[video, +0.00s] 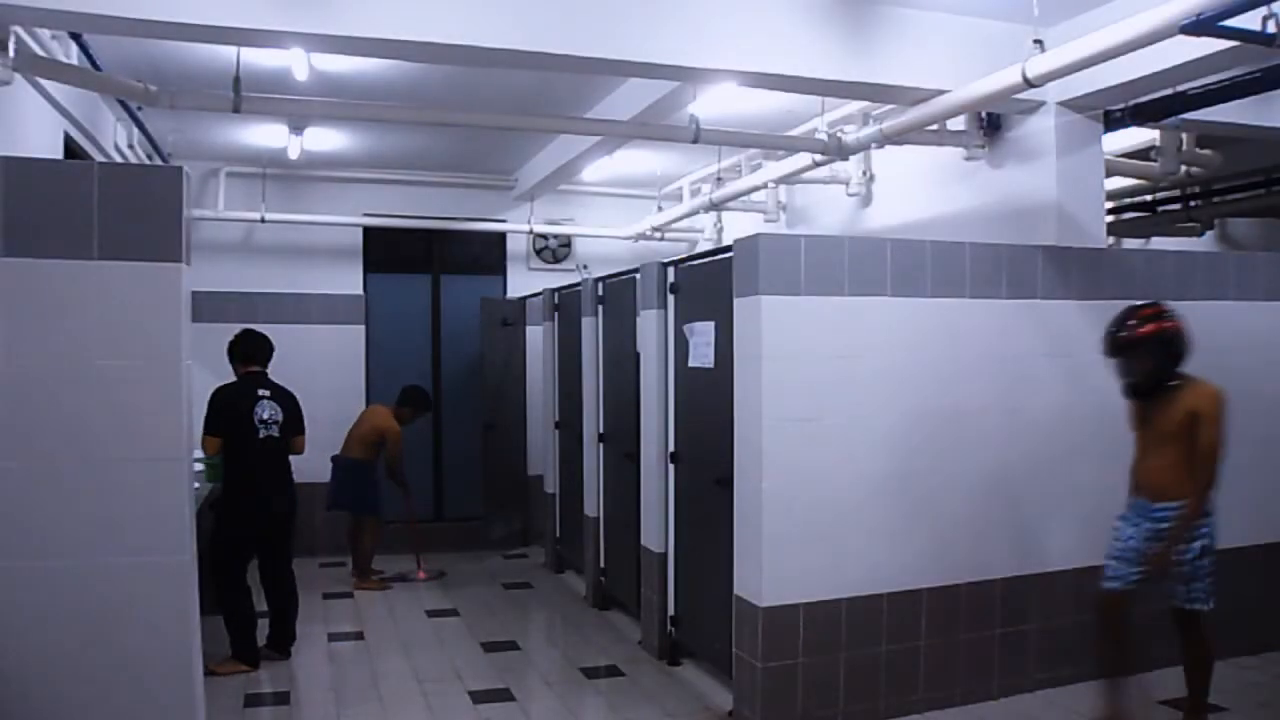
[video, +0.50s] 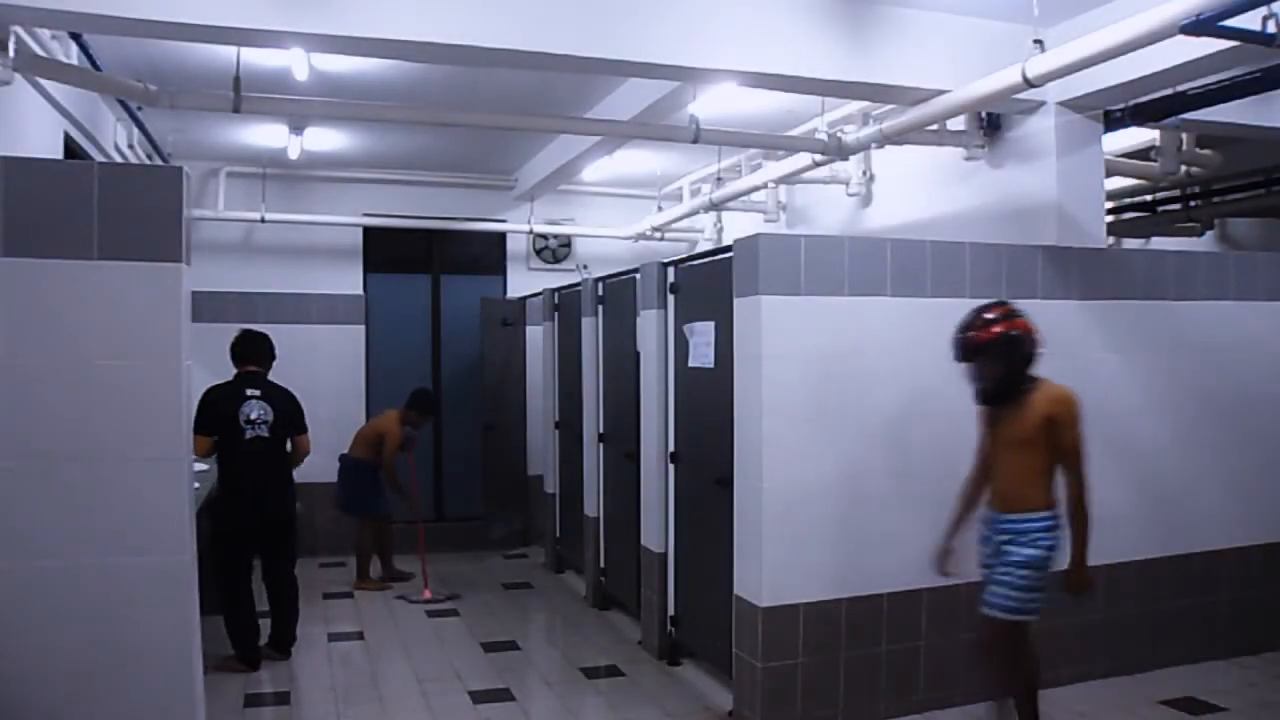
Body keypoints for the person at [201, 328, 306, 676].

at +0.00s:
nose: (235, 365)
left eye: (234, 359)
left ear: (234, 361)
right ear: (268, 360)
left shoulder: (224, 396)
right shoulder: (286, 397)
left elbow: (211, 446)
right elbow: (298, 446)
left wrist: (236, 436)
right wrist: (265, 442)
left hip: (238, 498)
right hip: (279, 497)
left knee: (229, 572)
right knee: (277, 567)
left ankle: (244, 654)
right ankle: (281, 644)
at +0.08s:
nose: (235, 364)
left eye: (234, 359)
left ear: (234, 361)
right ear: (268, 360)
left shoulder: (224, 396)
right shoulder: (286, 396)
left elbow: (210, 447)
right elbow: (299, 445)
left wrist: (235, 433)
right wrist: (266, 442)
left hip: (238, 498)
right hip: (279, 497)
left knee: (229, 572)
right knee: (278, 568)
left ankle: (245, 655)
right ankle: (281, 644)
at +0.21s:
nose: (235, 365)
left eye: (234, 359)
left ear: (234, 361)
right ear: (268, 360)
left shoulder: (223, 395)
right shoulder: (287, 396)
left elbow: (208, 446)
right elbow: (301, 445)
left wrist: (236, 437)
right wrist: (269, 445)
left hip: (238, 498)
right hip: (280, 497)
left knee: (229, 572)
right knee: (280, 569)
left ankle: (245, 655)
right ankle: (281, 645)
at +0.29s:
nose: (237, 364)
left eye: (235, 358)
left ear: (234, 360)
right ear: (269, 361)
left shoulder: (221, 396)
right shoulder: (287, 397)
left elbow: (207, 446)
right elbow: (304, 445)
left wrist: (235, 438)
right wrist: (272, 450)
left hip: (238, 497)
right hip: (279, 496)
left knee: (230, 572)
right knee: (280, 569)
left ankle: (246, 655)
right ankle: (281, 645)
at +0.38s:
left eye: (237, 357)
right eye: (266, 358)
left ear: (234, 360)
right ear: (270, 360)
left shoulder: (219, 396)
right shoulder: (286, 397)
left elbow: (205, 447)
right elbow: (304, 445)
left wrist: (231, 439)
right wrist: (278, 456)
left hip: (236, 497)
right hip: (278, 496)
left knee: (231, 573)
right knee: (280, 569)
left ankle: (246, 654)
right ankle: (282, 645)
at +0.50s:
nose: (265, 365)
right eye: (267, 359)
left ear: (234, 360)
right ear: (270, 361)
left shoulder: (215, 397)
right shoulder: (285, 397)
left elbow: (202, 449)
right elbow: (302, 449)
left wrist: (228, 441)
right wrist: (282, 465)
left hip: (233, 497)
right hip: (277, 496)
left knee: (233, 575)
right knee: (280, 570)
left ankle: (247, 654)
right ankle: (282, 644)